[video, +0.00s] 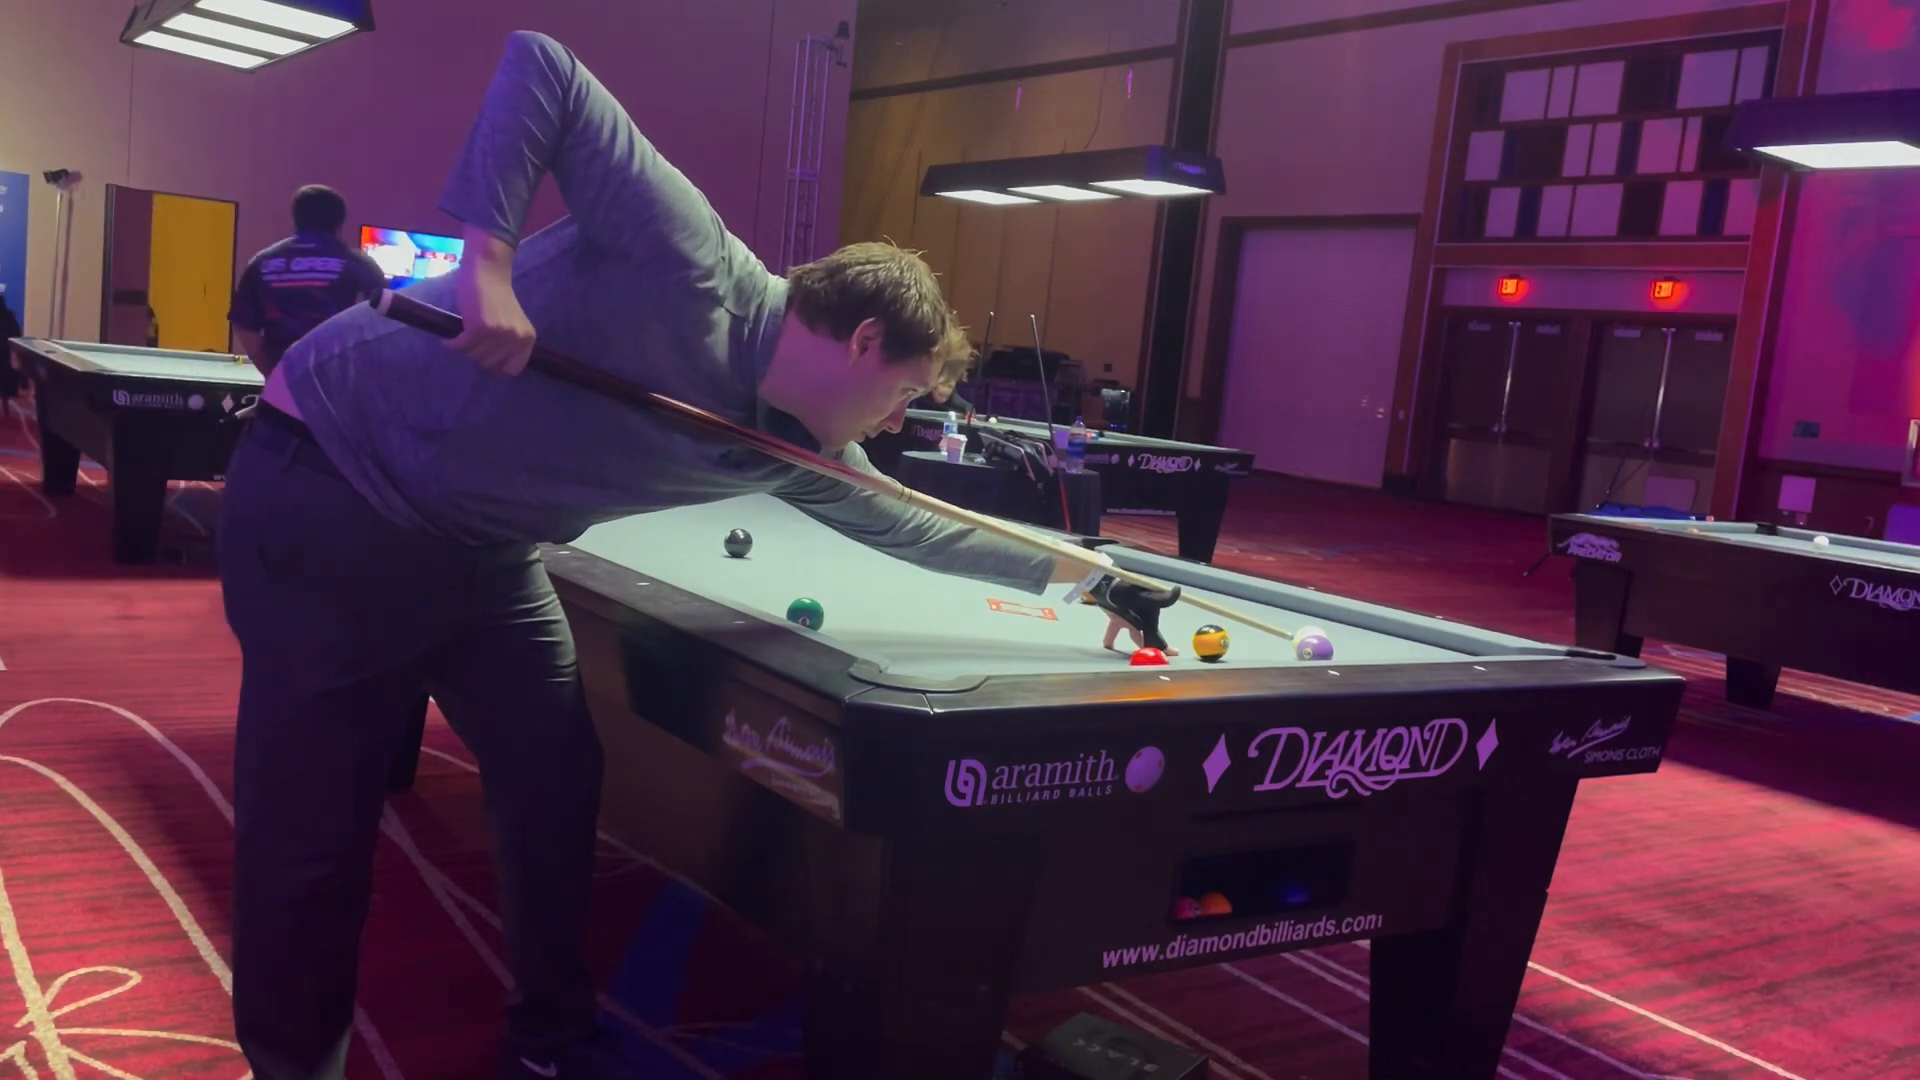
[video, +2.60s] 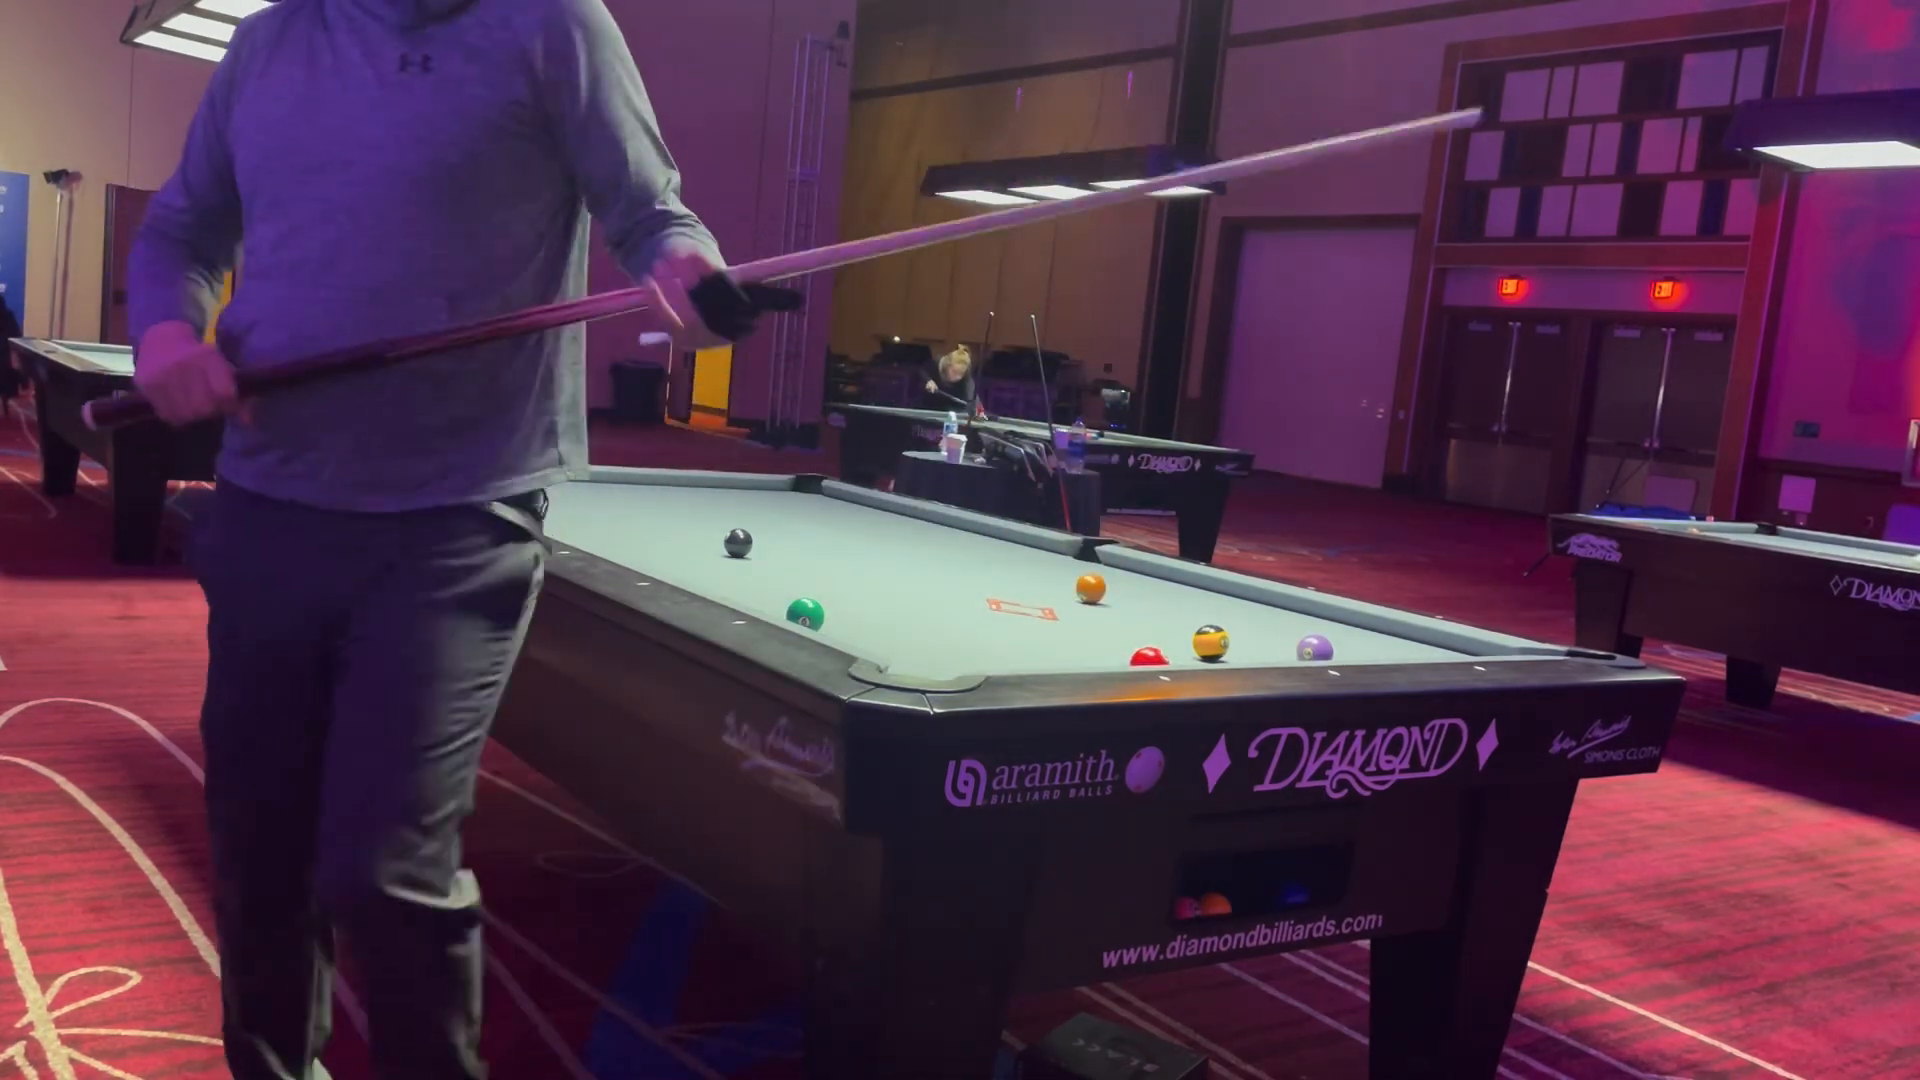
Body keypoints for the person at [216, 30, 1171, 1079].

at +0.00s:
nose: (891, 430)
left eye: (909, 412)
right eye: (903, 400)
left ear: (853, 349)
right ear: (857, 340)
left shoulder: (784, 439)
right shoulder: (685, 250)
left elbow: (909, 525)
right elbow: (541, 70)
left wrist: (1062, 563)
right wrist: (481, 256)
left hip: (484, 530)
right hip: (333, 473)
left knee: (552, 764)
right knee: (313, 818)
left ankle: (548, 1032)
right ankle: (294, 1056)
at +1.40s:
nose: (888, 245)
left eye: (899, 223)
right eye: (883, 212)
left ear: (818, 187)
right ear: (810, 171)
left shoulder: (775, 320)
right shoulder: (631, 184)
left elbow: (879, 412)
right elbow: (393, 187)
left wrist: (1031, 480)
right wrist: (501, 364)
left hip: (488, 526)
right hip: (345, 488)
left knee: (547, 773)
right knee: (340, 820)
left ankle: (552, 1030)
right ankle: (304, 1063)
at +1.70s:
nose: (774, 154)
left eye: (800, 132)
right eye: (762, 113)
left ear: (814, 127)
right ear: (687, 61)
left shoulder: (722, 221)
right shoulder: (544, 122)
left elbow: (819, 293)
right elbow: (318, 197)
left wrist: (965, 326)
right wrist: (473, 346)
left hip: (507, 525)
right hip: (363, 501)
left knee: (558, 776)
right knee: (376, 802)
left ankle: (548, 1038)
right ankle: (312, 1063)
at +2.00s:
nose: (702, 63)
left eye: (730, 37)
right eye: (682, 21)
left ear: (745, 44)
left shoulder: (677, 165)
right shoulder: (469, 96)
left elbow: (717, 261)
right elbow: (261, 227)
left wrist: (872, 294)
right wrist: (439, 352)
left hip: (520, 522)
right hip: (375, 514)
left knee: (551, 791)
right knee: (390, 805)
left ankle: (548, 1032)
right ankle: (317, 1060)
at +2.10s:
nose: (630, 6)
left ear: (676, 12)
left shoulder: (643, 128)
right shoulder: (415, 81)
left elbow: (640, 272)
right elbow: (220, 222)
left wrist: (750, 342)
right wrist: (402, 345)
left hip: (526, 525)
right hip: (374, 522)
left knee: (545, 803)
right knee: (395, 818)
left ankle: (549, 1034)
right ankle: (320, 1064)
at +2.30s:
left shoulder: (603, 87)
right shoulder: (306, 37)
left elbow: (601, 284)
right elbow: (131, 204)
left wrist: (594, 394)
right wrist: (267, 323)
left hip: (512, 539)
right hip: (318, 533)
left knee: (562, 816)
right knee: (329, 871)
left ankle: (541, 1046)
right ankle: (292, 1062)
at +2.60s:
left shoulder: (550, 25)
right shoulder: (273, 38)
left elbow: (650, 212)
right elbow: (176, 233)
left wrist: (691, 279)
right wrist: (163, 328)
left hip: (462, 514)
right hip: (274, 502)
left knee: (388, 873)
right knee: (260, 872)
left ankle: (435, 1064)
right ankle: (270, 1066)